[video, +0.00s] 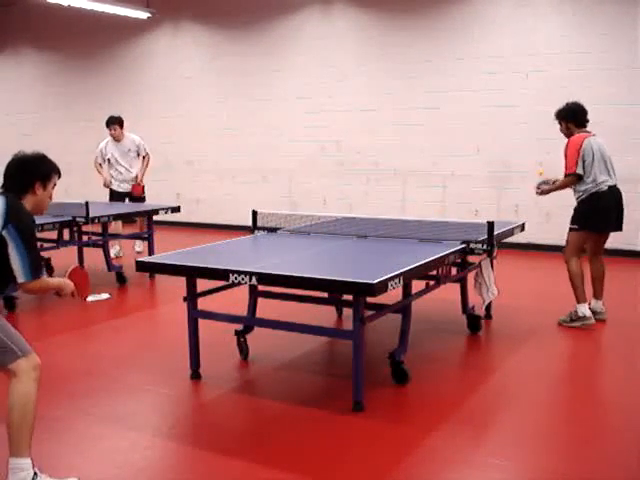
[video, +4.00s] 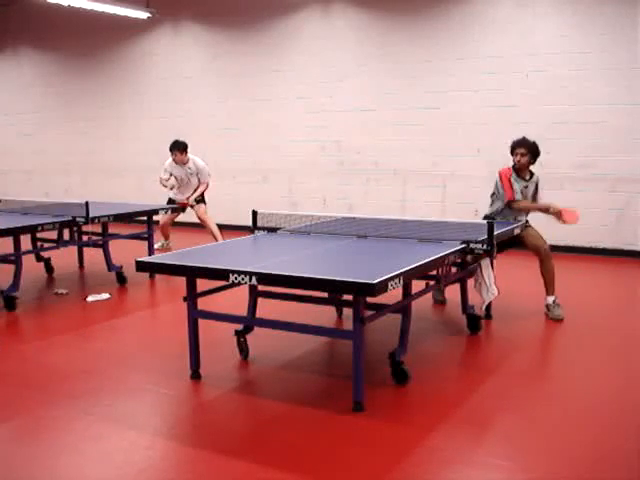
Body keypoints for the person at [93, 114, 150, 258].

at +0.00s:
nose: (112, 133)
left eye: (114, 129)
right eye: (110, 130)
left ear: (122, 128)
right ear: (108, 130)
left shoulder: (134, 141)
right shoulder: (105, 146)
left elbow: (146, 155)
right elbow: (97, 162)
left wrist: (141, 174)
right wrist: (104, 176)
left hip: (135, 185)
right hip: (116, 186)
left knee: (140, 214)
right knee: (116, 218)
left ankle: (140, 240)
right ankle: (116, 245)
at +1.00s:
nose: (124, 161)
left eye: (127, 158)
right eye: (124, 158)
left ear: (135, 157)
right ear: (122, 157)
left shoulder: (149, 164)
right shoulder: (121, 166)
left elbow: (162, 181)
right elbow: (115, 182)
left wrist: (143, 192)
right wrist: (122, 193)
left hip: (151, 192)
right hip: (132, 193)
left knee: (164, 216)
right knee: (119, 218)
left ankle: (183, 243)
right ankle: (113, 246)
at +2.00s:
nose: (126, 158)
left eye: (128, 155)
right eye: (125, 155)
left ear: (137, 153)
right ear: (123, 154)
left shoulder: (151, 161)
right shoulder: (123, 165)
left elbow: (163, 180)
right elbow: (120, 181)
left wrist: (143, 190)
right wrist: (126, 191)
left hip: (154, 193)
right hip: (135, 193)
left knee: (167, 216)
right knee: (120, 219)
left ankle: (183, 243)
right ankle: (113, 247)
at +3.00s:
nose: (134, 156)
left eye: (137, 153)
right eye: (132, 153)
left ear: (143, 153)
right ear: (129, 153)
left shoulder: (151, 168)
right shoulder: (123, 165)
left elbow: (162, 187)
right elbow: (114, 184)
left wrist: (167, 200)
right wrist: (131, 192)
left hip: (142, 204)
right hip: (122, 203)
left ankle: (160, 251)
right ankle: (94, 248)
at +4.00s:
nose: (173, 158)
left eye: (175, 155)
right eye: (172, 155)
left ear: (184, 154)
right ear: (171, 154)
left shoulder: (198, 164)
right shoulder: (169, 165)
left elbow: (204, 183)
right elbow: (163, 179)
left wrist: (193, 197)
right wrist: (168, 184)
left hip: (195, 194)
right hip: (177, 196)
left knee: (202, 216)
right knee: (163, 222)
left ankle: (221, 242)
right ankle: (166, 241)